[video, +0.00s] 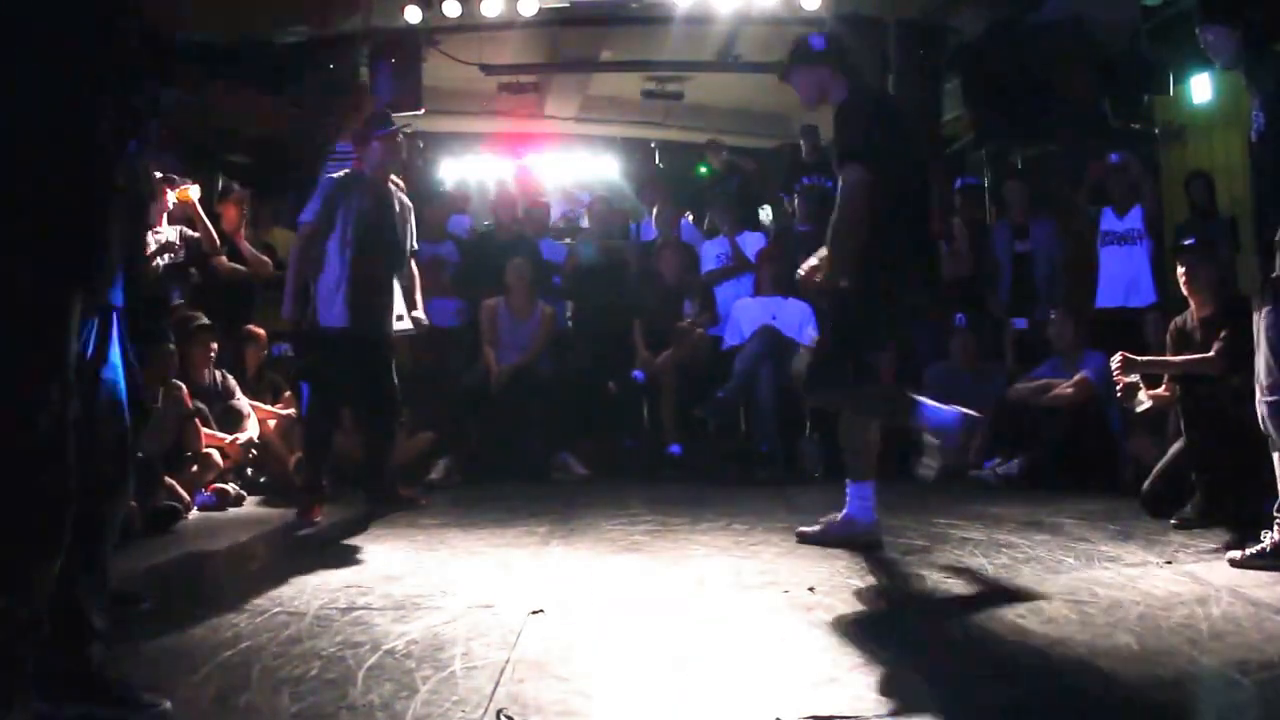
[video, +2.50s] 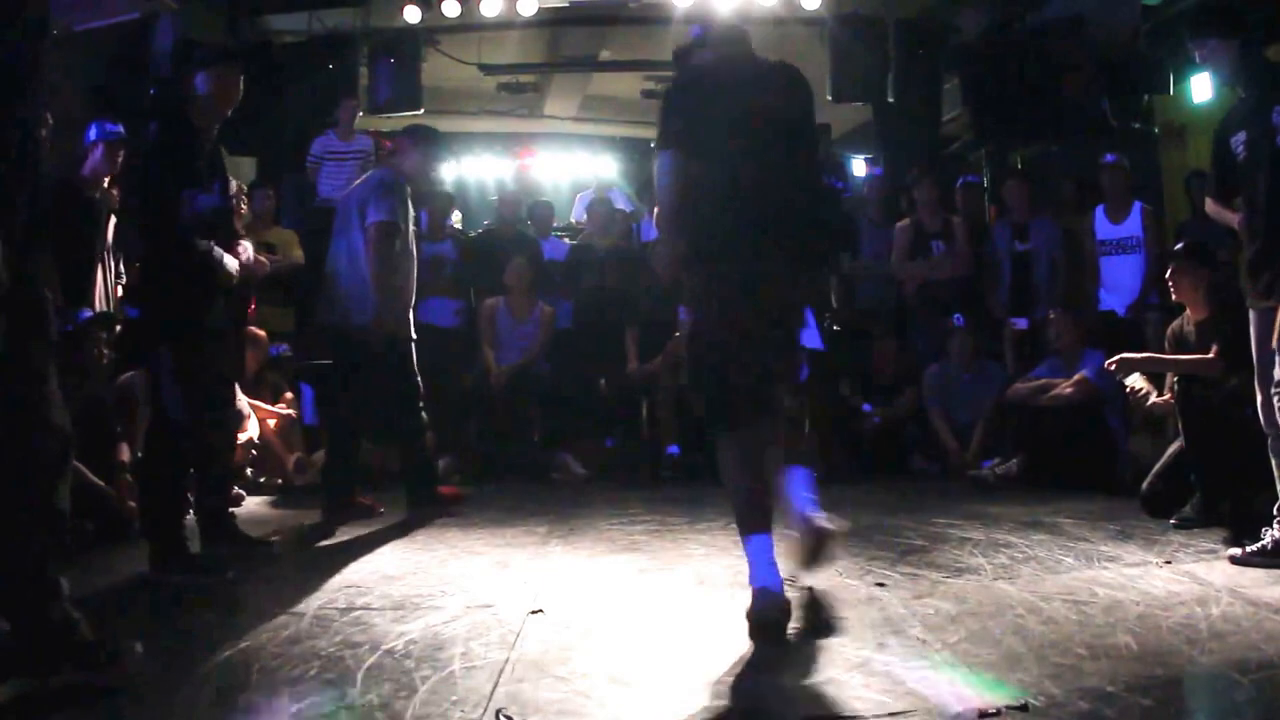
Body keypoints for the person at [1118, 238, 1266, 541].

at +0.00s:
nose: (1184, 274)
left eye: (1192, 266)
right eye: (1180, 267)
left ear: (1213, 270)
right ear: (1175, 274)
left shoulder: (1237, 312)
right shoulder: (1179, 327)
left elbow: (1217, 362)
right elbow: (1173, 389)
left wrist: (1142, 364)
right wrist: (1146, 395)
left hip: (1240, 430)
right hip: (1201, 434)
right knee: (1155, 498)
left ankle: (1206, 498)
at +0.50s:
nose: (1181, 276)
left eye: (1190, 268)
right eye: (1178, 268)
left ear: (1212, 274)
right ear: (1175, 275)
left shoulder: (1233, 320)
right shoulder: (1179, 328)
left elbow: (1217, 364)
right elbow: (1179, 392)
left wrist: (1141, 363)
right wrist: (1148, 399)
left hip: (1239, 429)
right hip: (1203, 433)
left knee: (1191, 392)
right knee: (1155, 497)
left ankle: (1205, 499)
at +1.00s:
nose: (1183, 275)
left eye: (1193, 267)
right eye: (1180, 266)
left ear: (1214, 273)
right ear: (1175, 273)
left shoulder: (1238, 315)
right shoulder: (1178, 328)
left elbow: (1218, 364)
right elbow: (1174, 394)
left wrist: (1143, 361)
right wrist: (1146, 400)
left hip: (1241, 431)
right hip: (1201, 434)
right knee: (1155, 498)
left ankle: (1203, 498)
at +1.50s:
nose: (1179, 276)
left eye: (1188, 269)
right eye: (1177, 269)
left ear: (1212, 274)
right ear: (1174, 275)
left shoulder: (1237, 317)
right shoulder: (1178, 328)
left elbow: (1218, 365)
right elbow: (1176, 394)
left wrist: (1142, 360)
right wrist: (1148, 398)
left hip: (1241, 433)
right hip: (1203, 434)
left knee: (1194, 394)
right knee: (1155, 499)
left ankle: (1206, 502)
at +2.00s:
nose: (1172, 277)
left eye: (1182, 270)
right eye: (1172, 270)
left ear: (1209, 276)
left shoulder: (1239, 315)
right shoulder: (1178, 330)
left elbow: (1218, 364)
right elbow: (1176, 396)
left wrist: (1144, 361)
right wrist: (1152, 399)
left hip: (1245, 431)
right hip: (1205, 435)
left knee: (1195, 398)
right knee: (1155, 498)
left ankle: (1208, 503)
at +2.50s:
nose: (1169, 278)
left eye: (1177, 271)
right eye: (1169, 272)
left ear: (1202, 276)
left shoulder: (1231, 316)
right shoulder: (1176, 331)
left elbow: (1217, 364)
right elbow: (1174, 396)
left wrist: (1142, 361)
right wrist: (1153, 399)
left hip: (1241, 429)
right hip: (1204, 433)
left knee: (1190, 393)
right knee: (1155, 498)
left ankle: (1206, 500)